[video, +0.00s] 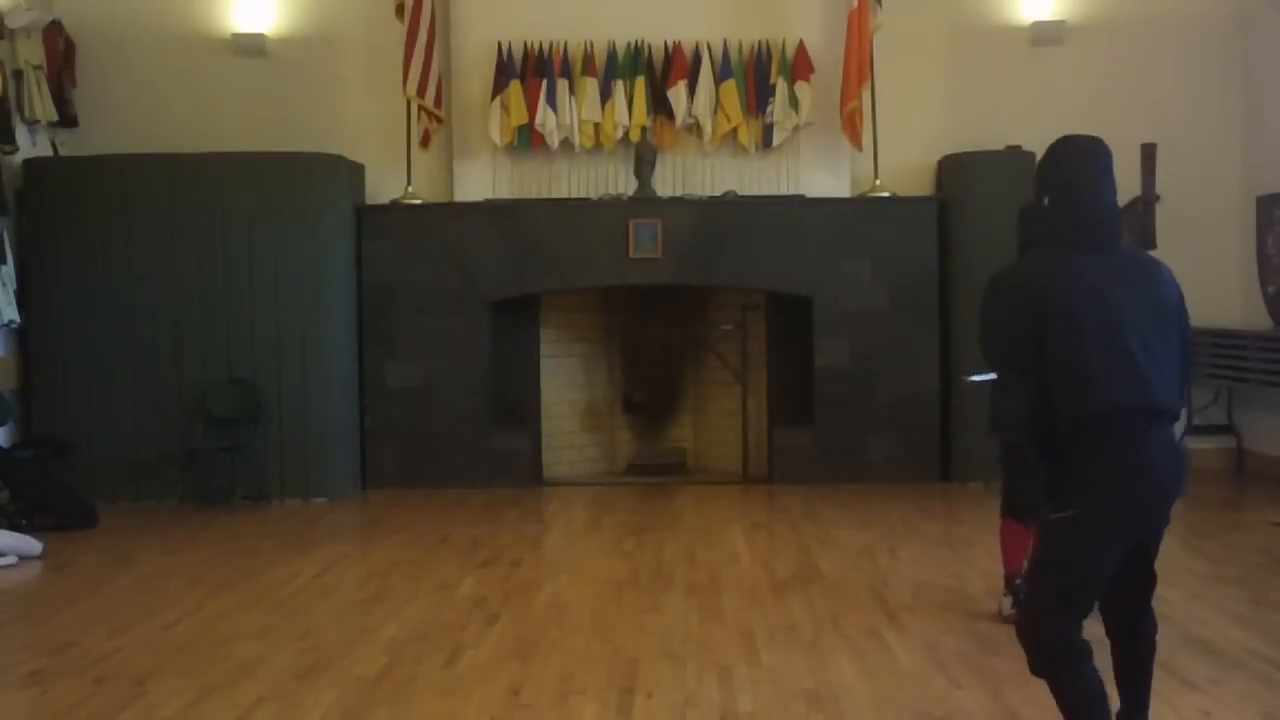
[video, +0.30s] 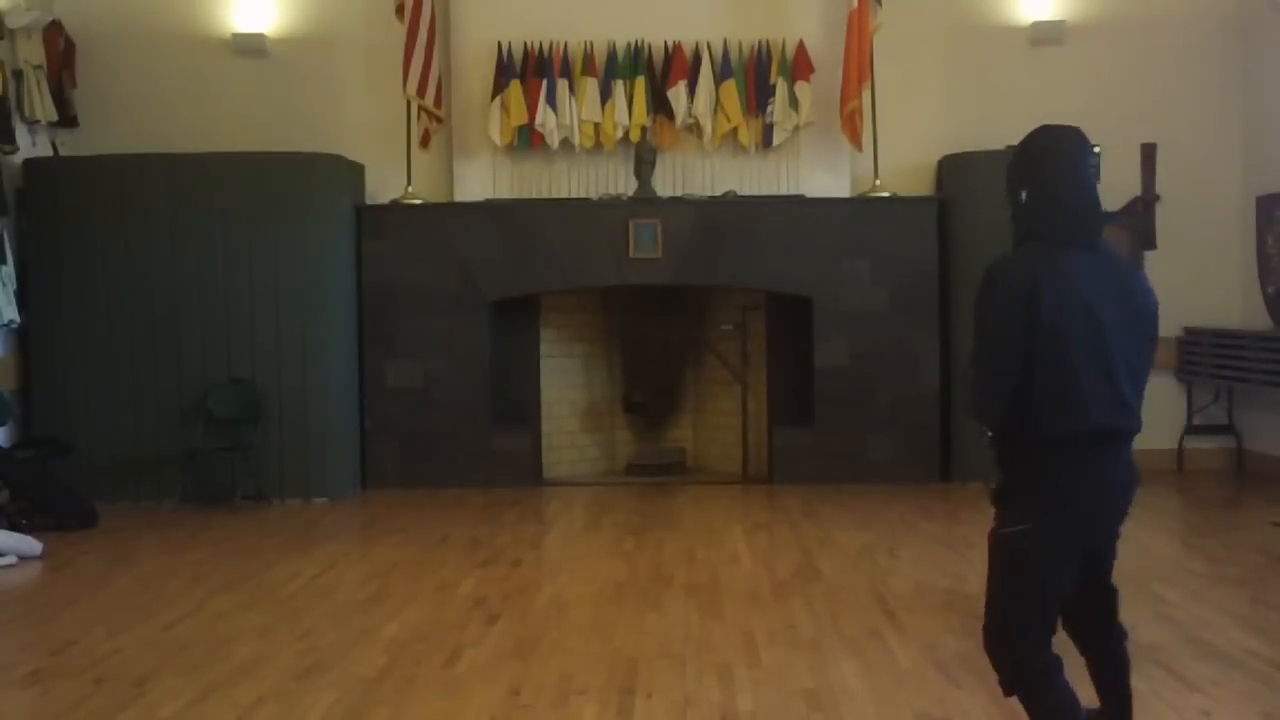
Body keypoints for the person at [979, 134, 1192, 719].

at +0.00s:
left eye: (1050, 192)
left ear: (1046, 198)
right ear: (1110, 197)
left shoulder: (1019, 284)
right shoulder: (1154, 276)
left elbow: (1014, 400)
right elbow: (1180, 376)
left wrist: (1030, 496)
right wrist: (1151, 433)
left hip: (1084, 468)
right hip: (1157, 463)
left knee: (1047, 622)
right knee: (1130, 602)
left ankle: (1094, 709)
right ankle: (1134, 709)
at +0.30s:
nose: (1013, 198)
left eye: (1017, 187)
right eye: (1017, 186)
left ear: (1027, 194)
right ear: (1089, 192)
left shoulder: (1013, 279)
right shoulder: (1129, 282)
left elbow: (988, 396)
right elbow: (1132, 378)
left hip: (1040, 476)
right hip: (1111, 472)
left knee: (1015, 639)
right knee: (1090, 604)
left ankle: (1067, 711)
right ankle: (1118, 707)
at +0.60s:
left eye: (949, 165)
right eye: (1021, 157)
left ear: (954, 169)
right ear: (1022, 167)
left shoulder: (944, 252)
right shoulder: (1058, 254)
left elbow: (925, 363)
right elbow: (1098, 337)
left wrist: (945, 418)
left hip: (986, 454)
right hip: (1050, 451)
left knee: (1038, 634)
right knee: (968, 598)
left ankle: (1076, 706)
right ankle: (964, 710)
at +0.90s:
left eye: (856, 173)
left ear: (852, 180)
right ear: (916, 184)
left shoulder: (829, 266)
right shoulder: (947, 271)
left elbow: (819, 378)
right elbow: (967, 369)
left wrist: (848, 451)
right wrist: (937, 439)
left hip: (878, 470)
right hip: (930, 466)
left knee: (917, 644)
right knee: (853, 626)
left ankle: (1001, 711)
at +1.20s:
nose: (806, 177)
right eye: (803, 167)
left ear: (734, 169)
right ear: (799, 171)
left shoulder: (705, 253)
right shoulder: (834, 254)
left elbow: (680, 380)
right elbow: (858, 377)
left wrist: (735, 425)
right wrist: (808, 417)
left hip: (739, 469)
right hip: (816, 469)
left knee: (673, 630)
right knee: (817, 627)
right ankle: (838, 711)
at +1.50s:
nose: (670, 186)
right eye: (667, 175)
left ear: (594, 175)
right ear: (663, 180)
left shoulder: (547, 264)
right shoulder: (692, 265)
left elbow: (512, 372)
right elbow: (730, 373)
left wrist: (505, 468)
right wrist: (730, 458)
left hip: (581, 482)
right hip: (666, 482)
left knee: (576, 647)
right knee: (715, 642)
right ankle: (735, 707)